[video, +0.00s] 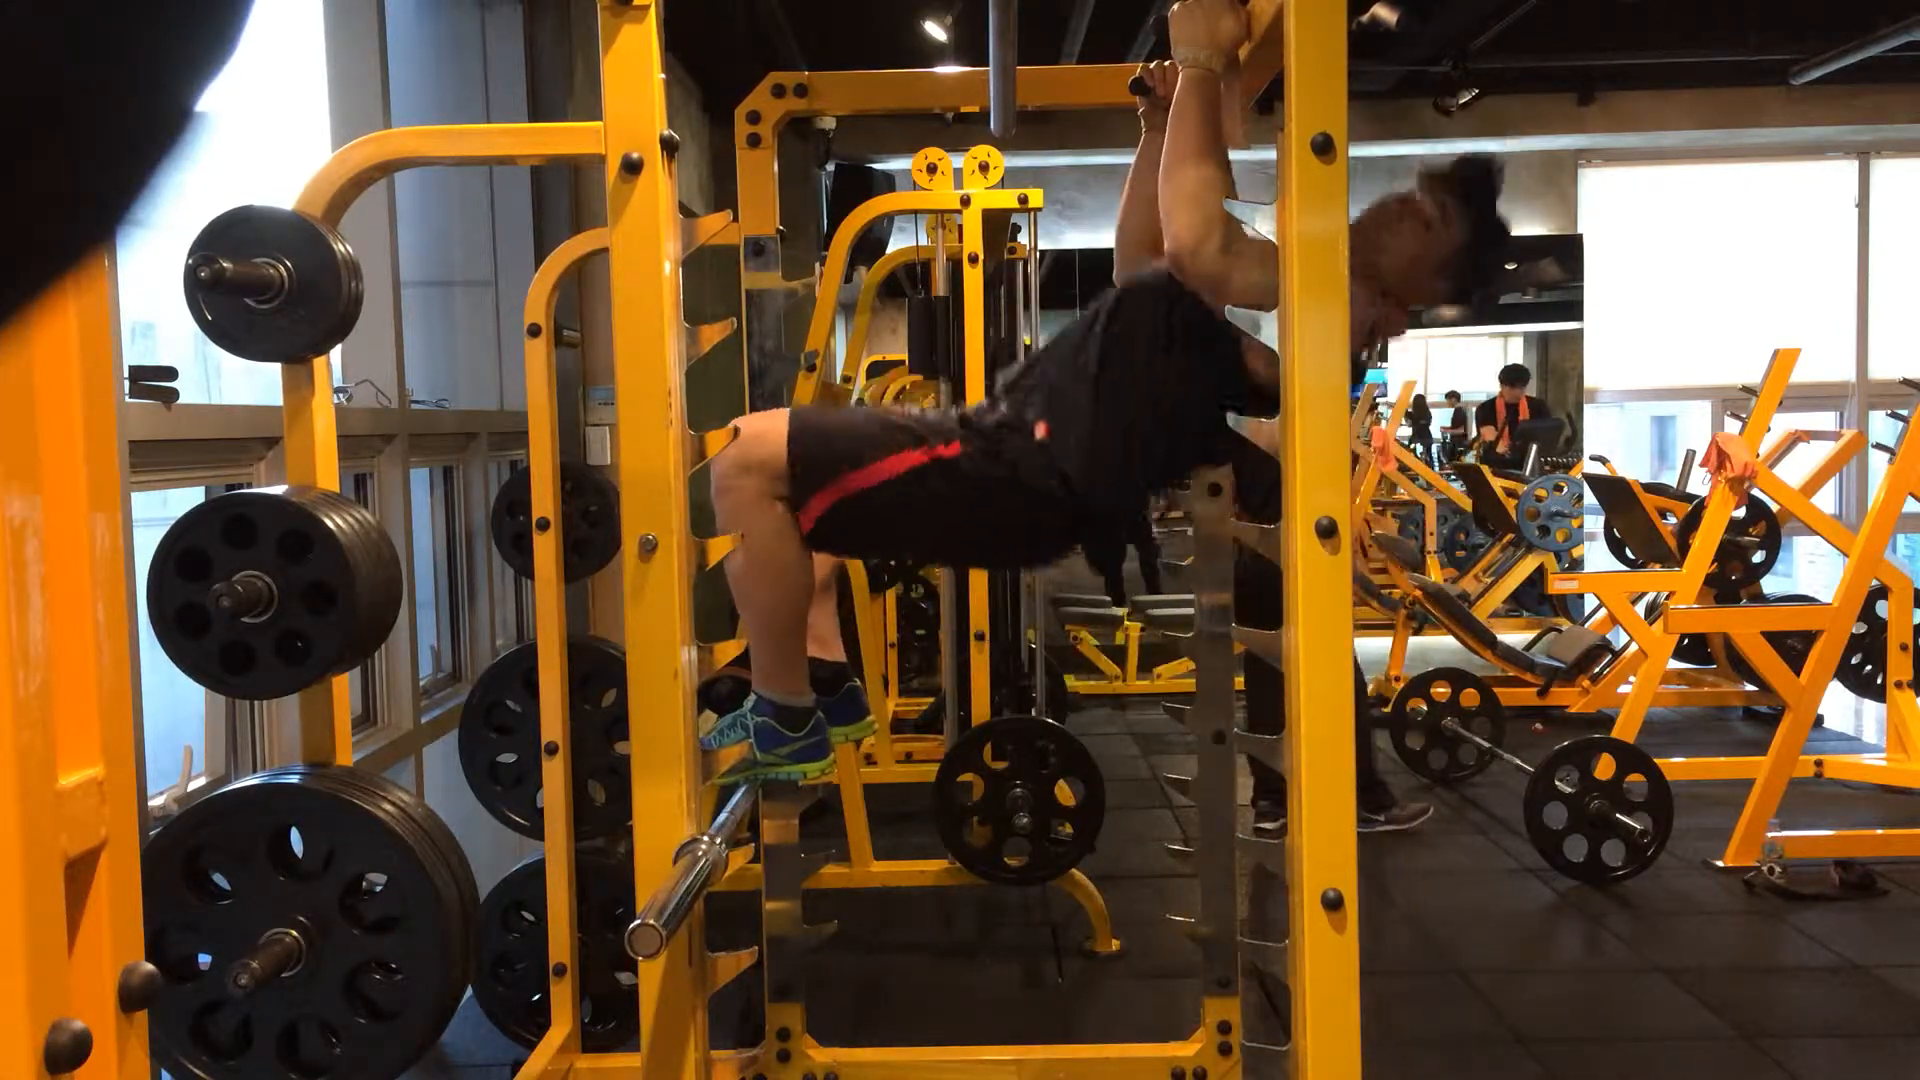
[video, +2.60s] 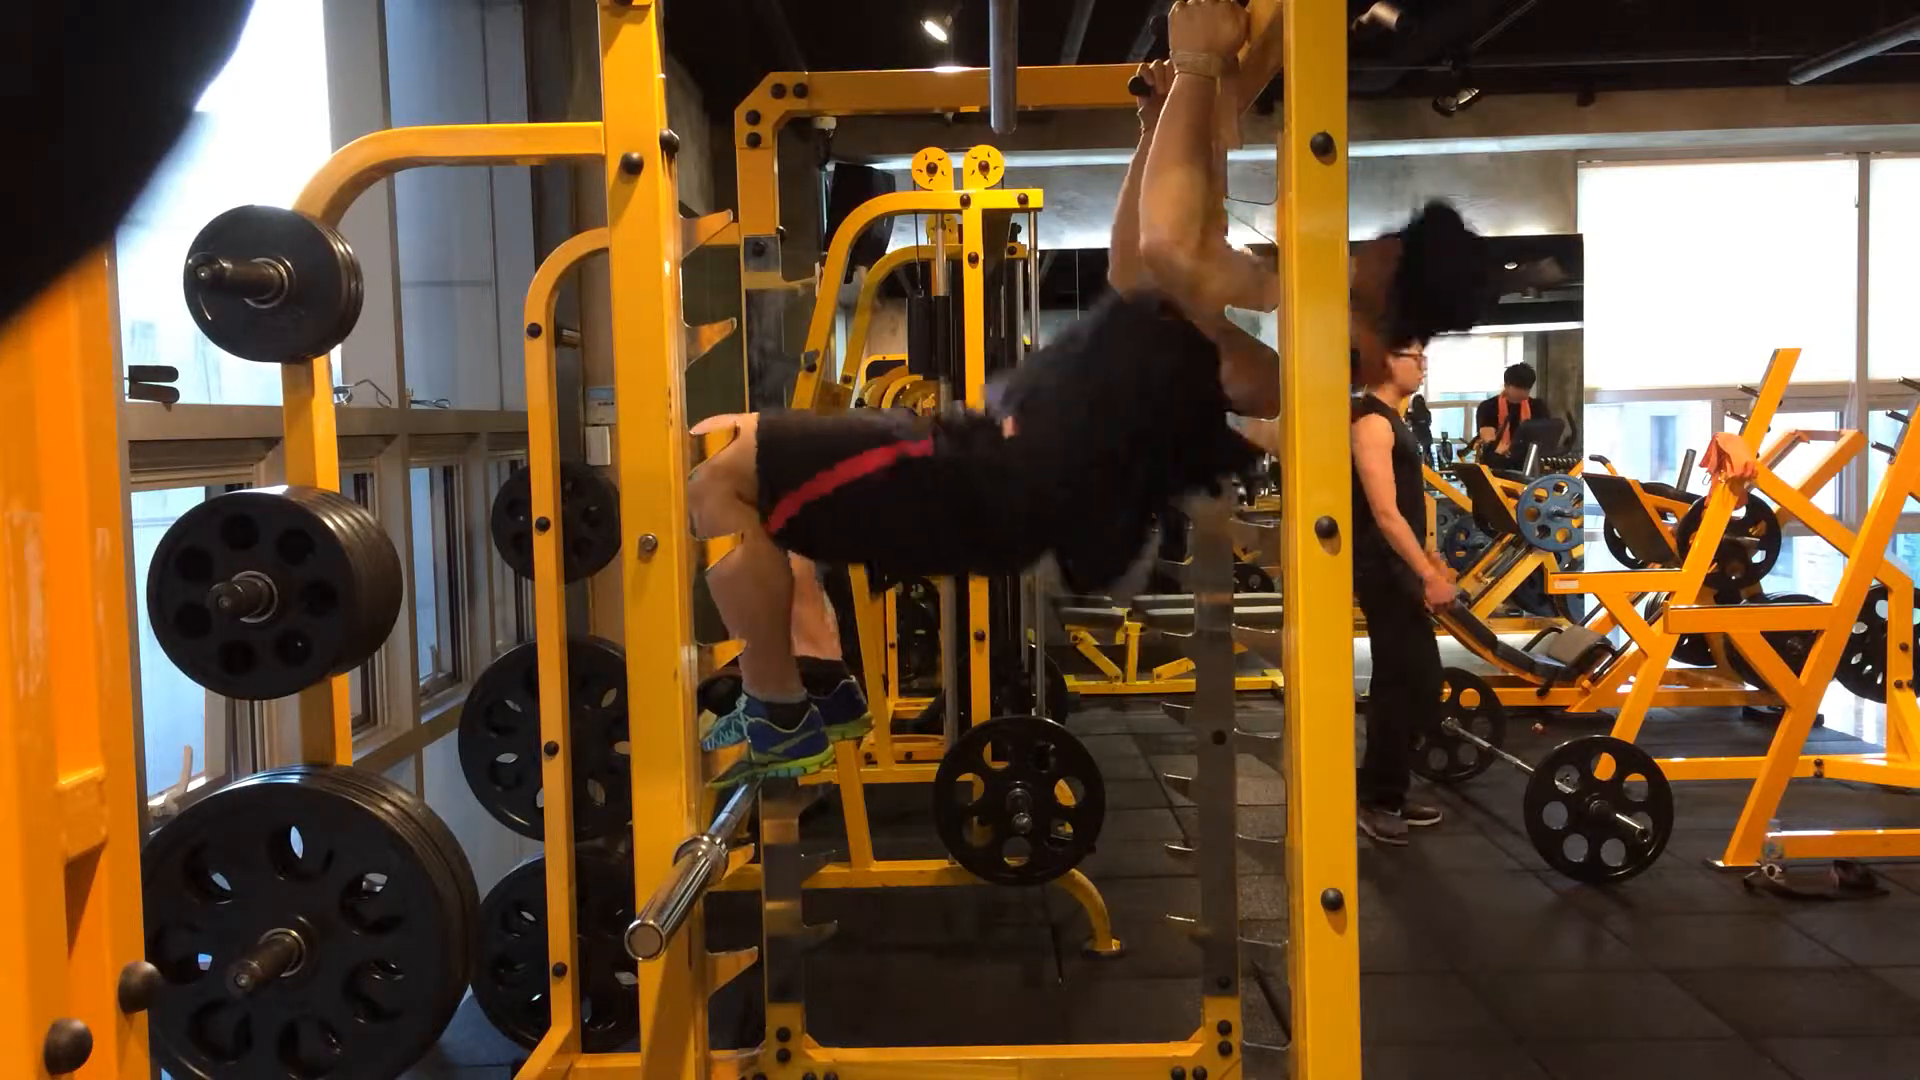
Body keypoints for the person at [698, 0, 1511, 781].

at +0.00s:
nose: (1390, 207)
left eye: (1413, 214)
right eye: (1403, 200)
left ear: (1429, 274)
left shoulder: (1345, 311)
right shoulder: (1316, 319)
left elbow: (1206, 260)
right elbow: (1142, 277)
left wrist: (1209, 69)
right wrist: (1157, 126)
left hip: (1036, 478)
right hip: (1026, 439)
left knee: (748, 469)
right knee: (772, 438)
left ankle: (783, 719)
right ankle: (819, 671)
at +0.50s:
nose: (1376, 158)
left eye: (1403, 171)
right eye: (1391, 147)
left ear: (1415, 237)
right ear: (1369, 158)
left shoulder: (1326, 277)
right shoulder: (1310, 227)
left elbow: (1179, 244)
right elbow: (1142, 210)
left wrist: (1208, 66)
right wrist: (1187, 92)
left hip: (1020, 421)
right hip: (1007, 382)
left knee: (733, 474)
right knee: (746, 433)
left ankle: (782, 715)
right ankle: (822, 672)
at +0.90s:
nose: (1365, 153)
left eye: (1389, 164)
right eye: (1380, 145)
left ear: (1391, 253)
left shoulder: (1331, 283)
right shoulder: (1303, 267)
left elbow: (1187, 246)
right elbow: (1139, 247)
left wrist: (1204, 65)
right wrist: (1173, 106)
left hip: (1024, 454)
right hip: (1011, 423)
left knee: (739, 465)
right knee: (758, 439)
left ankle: (781, 713)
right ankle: (825, 673)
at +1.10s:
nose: (1318, 235)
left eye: (1351, 235)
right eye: (1341, 223)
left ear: (1381, 291)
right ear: (1365, 280)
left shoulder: (1302, 383)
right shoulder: (1256, 340)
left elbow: (1187, 262)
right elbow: (1134, 277)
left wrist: (1199, 73)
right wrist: (1158, 126)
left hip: (1017, 543)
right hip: (1003, 499)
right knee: (762, 440)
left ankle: (780, 713)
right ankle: (826, 675)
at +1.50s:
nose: (1352, 178)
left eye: (1378, 179)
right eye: (1367, 169)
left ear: (1397, 223)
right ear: (1379, 216)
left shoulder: (1316, 290)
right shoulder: (1306, 297)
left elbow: (1179, 245)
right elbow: (1140, 242)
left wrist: (1203, 69)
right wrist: (1176, 97)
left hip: (1003, 464)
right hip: (1010, 444)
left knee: (731, 475)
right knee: (749, 435)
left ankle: (780, 713)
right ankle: (821, 669)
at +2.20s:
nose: (1337, 282)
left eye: (1355, 277)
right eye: (1349, 274)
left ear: (1366, 308)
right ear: (1362, 318)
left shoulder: (1296, 398)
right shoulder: (1256, 368)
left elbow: (1199, 258)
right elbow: (1147, 278)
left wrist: (1205, 74)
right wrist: (1155, 132)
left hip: (1015, 552)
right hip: (1007, 514)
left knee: (744, 466)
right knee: (775, 441)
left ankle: (784, 712)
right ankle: (822, 668)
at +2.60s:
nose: (1353, 251)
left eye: (1376, 256)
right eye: (1368, 246)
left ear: (1391, 300)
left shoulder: (1329, 376)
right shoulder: (1310, 337)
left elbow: (1192, 269)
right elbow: (1139, 266)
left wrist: (1207, 70)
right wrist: (1169, 105)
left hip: (1019, 488)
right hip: (1008, 447)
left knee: (725, 487)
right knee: (729, 439)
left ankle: (776, 712)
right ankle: (821, 670)